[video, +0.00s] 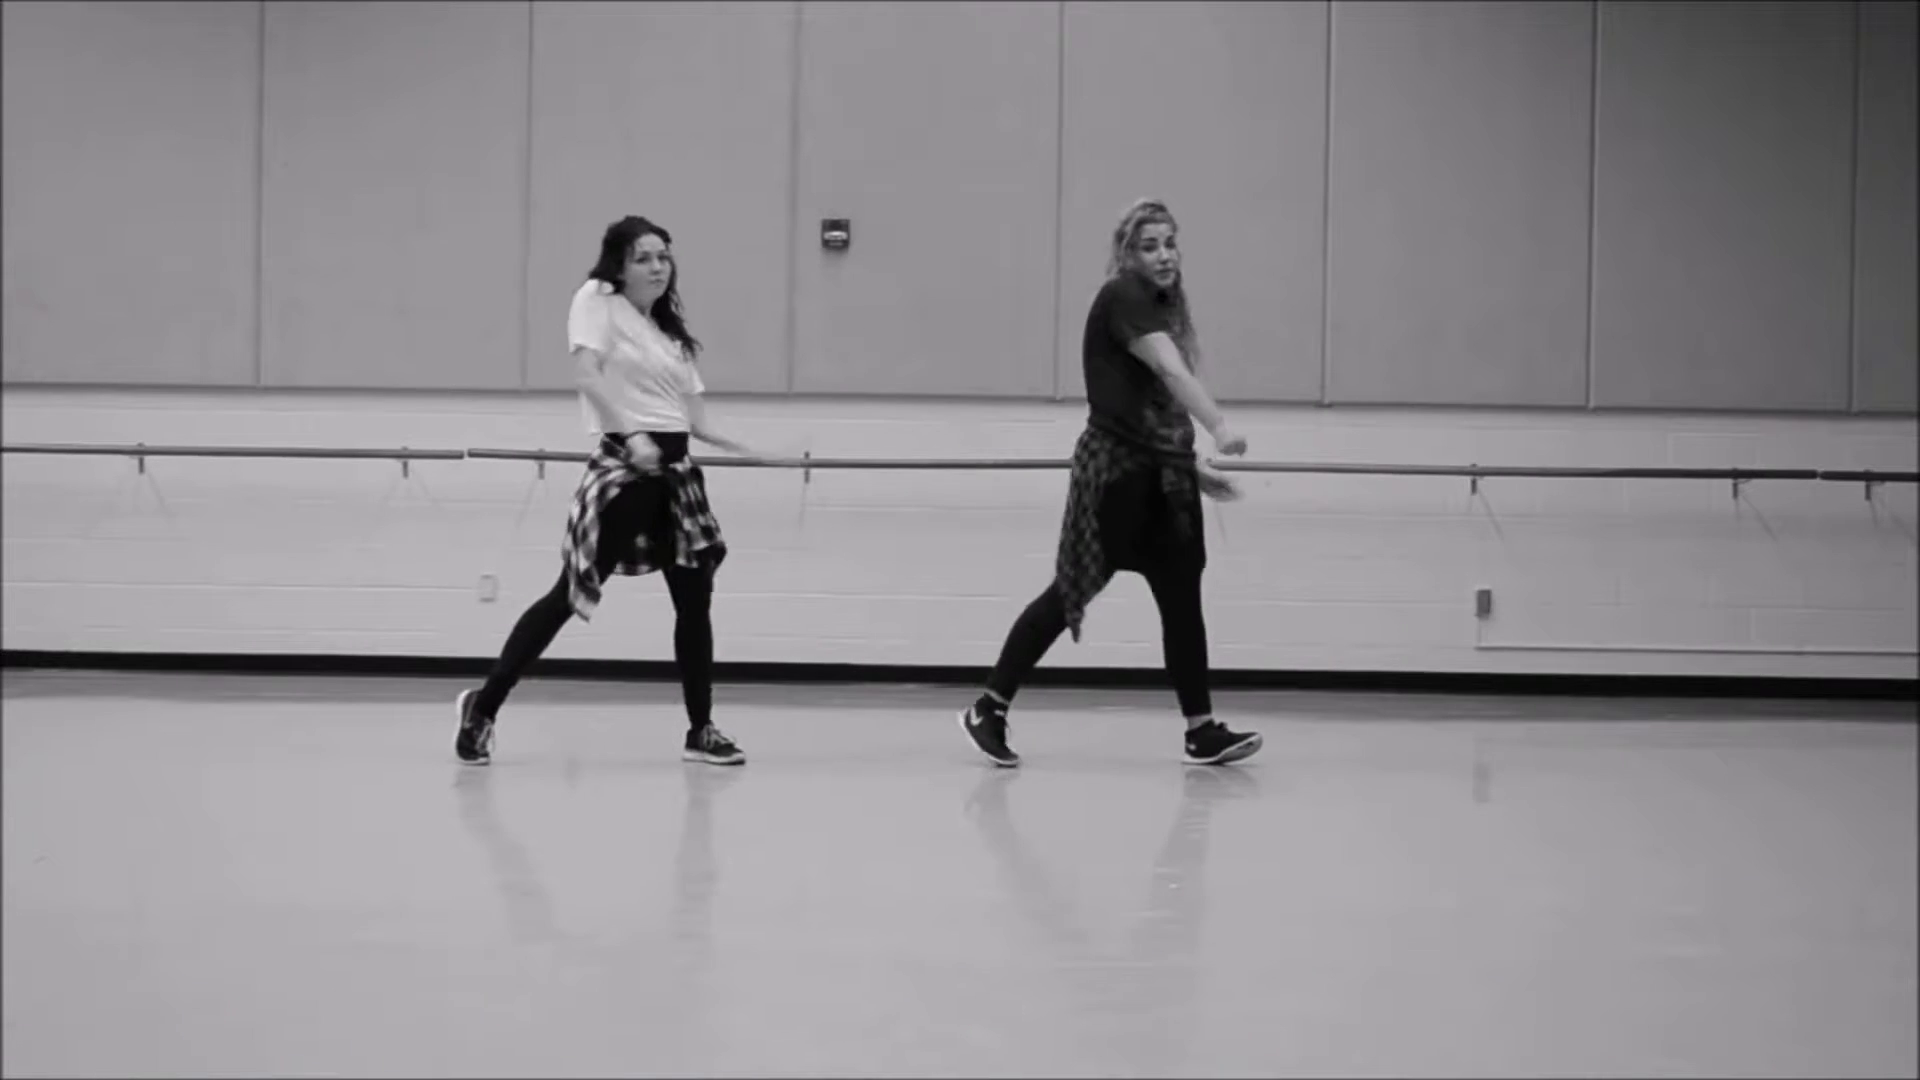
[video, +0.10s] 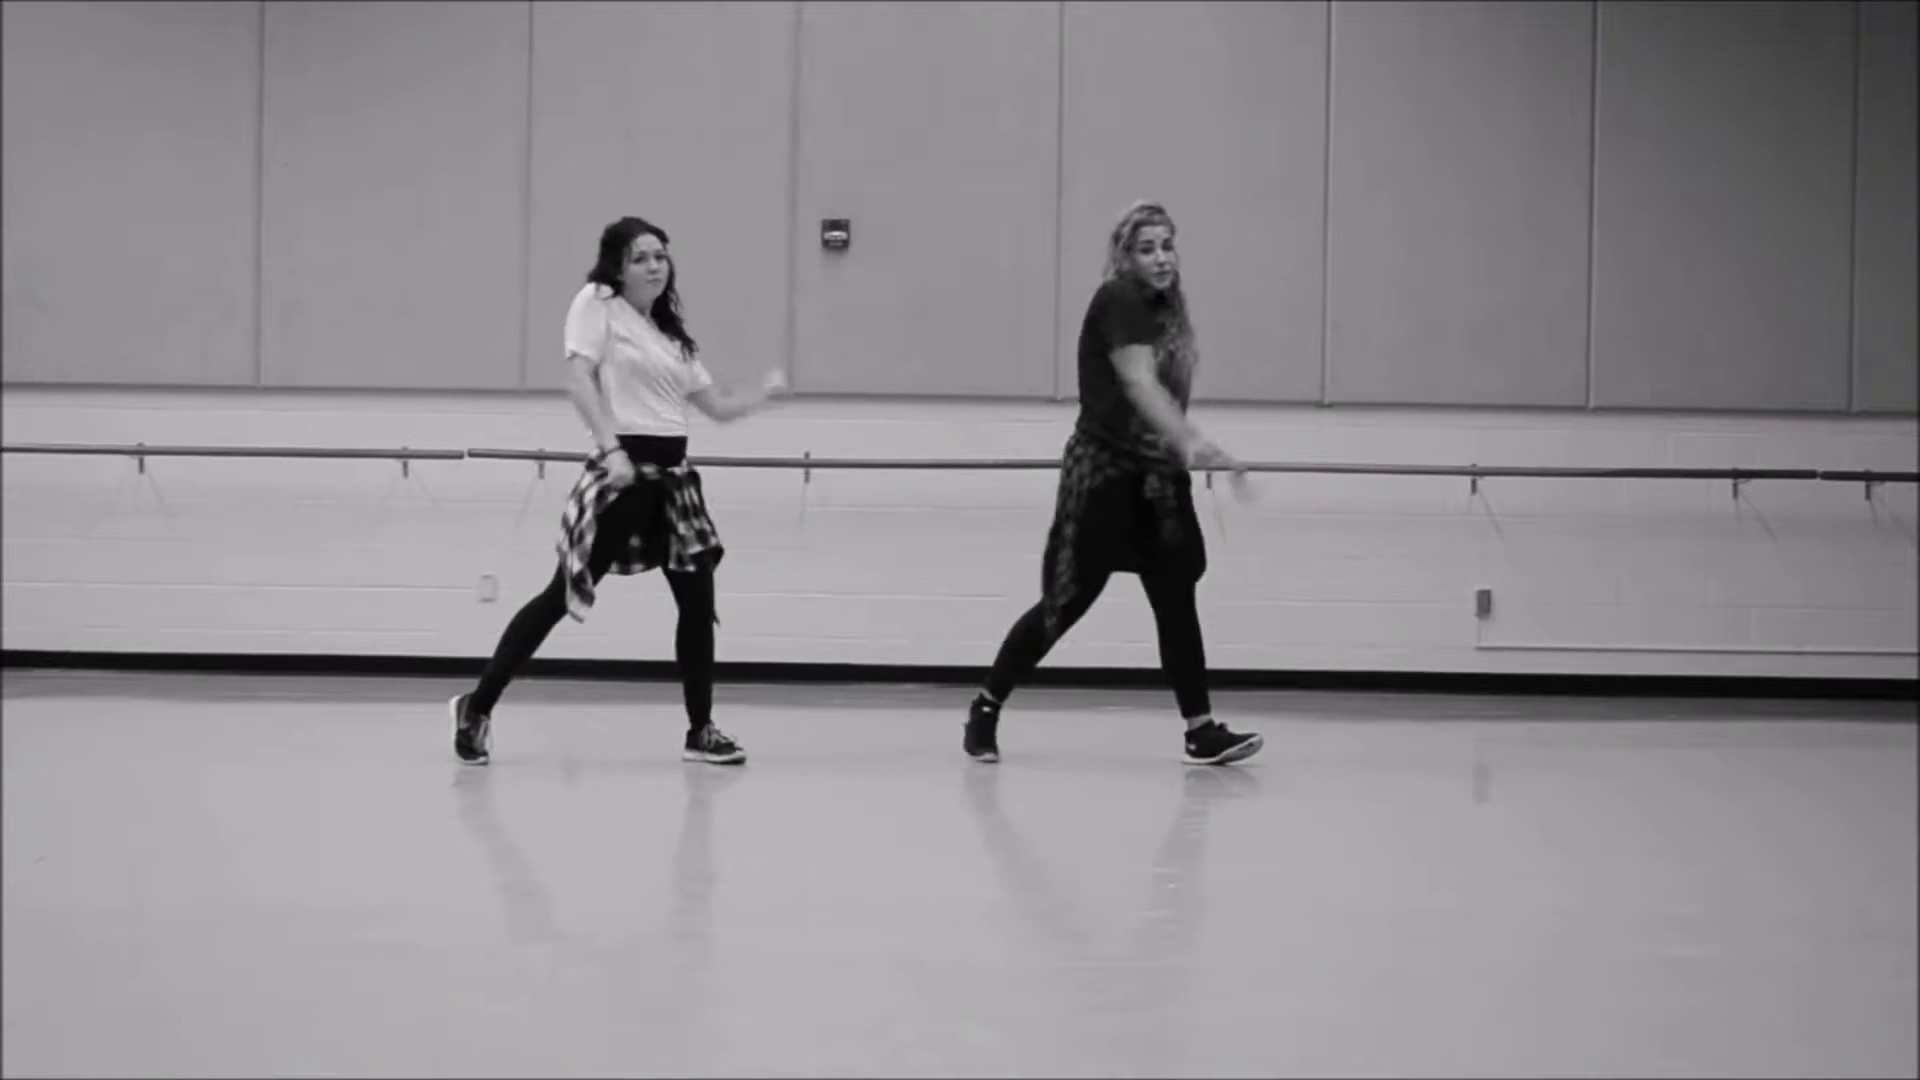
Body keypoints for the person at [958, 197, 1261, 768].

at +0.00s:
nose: (1164, 254)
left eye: (1170, 244)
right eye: (1150, 246)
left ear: (1178, 249)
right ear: (1127, 254)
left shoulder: (1169, 307)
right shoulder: (1123, 297)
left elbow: (1163, 403)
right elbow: (1169, 370)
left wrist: (1191, 464)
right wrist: (1219, 426)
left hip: (1165, 472)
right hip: (1114, 469)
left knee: (1181, 601)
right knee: (1072, 591)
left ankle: (1201, 729)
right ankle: (989, 706)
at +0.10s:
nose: (1161, 257)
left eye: (1168, 246)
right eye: (1147, 249)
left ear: (1176, 252)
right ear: (1124, 257)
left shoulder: (1168, 308)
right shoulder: (1118, 302)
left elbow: (1164, 394)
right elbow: (1139, 386)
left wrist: (1189, 448)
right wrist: (1192, 441)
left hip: (1156, 477)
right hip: (1102, 476)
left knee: (1175, 600)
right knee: (1067, 600)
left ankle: (1200, 728)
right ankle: (988, 703)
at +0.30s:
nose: (1143, 260)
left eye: (1151, 249)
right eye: (1130, 250)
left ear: (1161, 257)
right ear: (1108, 259)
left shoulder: (1155, 316)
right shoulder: (1075, 308)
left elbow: (1184, 386)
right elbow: (1013, 378)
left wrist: (1199, 375)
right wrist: (1042, 448)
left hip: (1143, 488)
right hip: (1068, 485)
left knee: (1181, 609)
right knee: (1028, 612)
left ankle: (1211, 725)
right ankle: (984, 723)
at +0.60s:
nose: (1108, 257)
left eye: (1115, 246)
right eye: (1096, 248)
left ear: (1126, 253)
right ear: (1074, 257)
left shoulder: (1151, 318)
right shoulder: (1043, 327)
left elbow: (1208, 385)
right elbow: (1024, 399)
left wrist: (1150, 371)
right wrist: (1018, 446)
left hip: (1141, 491)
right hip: (1063, 492)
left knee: (1195, 591)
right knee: (1033, 608)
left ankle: (1212, 719)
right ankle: (984, 723)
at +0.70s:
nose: (1110, 256)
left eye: (1116, 245)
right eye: (1096, 248)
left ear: (1127, 252)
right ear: (1076, 259)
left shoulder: (1155, 322)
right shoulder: (1050, 322)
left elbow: (1204, 380)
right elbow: (1005, 391)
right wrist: (1020, 446)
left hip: (1144, 484)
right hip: (1066, 485)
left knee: (1201, 589)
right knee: (1033, 606)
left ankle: (1214, 719)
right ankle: (983, 722)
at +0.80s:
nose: (1115, 260)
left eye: (1121, 249)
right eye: (1103, 251)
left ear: (1132, 257)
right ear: (1081, 261)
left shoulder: (1158, 329)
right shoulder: (1052, 321)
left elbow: (1205, 399)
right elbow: (1006, 391)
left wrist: (1255, 455)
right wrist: (1025, 444)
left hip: (1146, 484)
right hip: (1068, 484)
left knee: (1202, 589)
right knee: (1029, 606)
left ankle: (1216, 717)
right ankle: (982, 722)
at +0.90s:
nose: (1117, 262)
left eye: (1124, 251)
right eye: (1105, 253)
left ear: (1136, 258)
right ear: (1084, 264)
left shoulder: (1160, 330)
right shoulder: (1051, 324)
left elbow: (1201, 405)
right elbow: (1017, 390)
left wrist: (1241, 471)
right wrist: (1030, 443)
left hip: (1149, 488)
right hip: (1069, 487)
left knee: (1203, 592)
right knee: (1027, 605)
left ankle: (1212, 720)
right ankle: (982, 723)